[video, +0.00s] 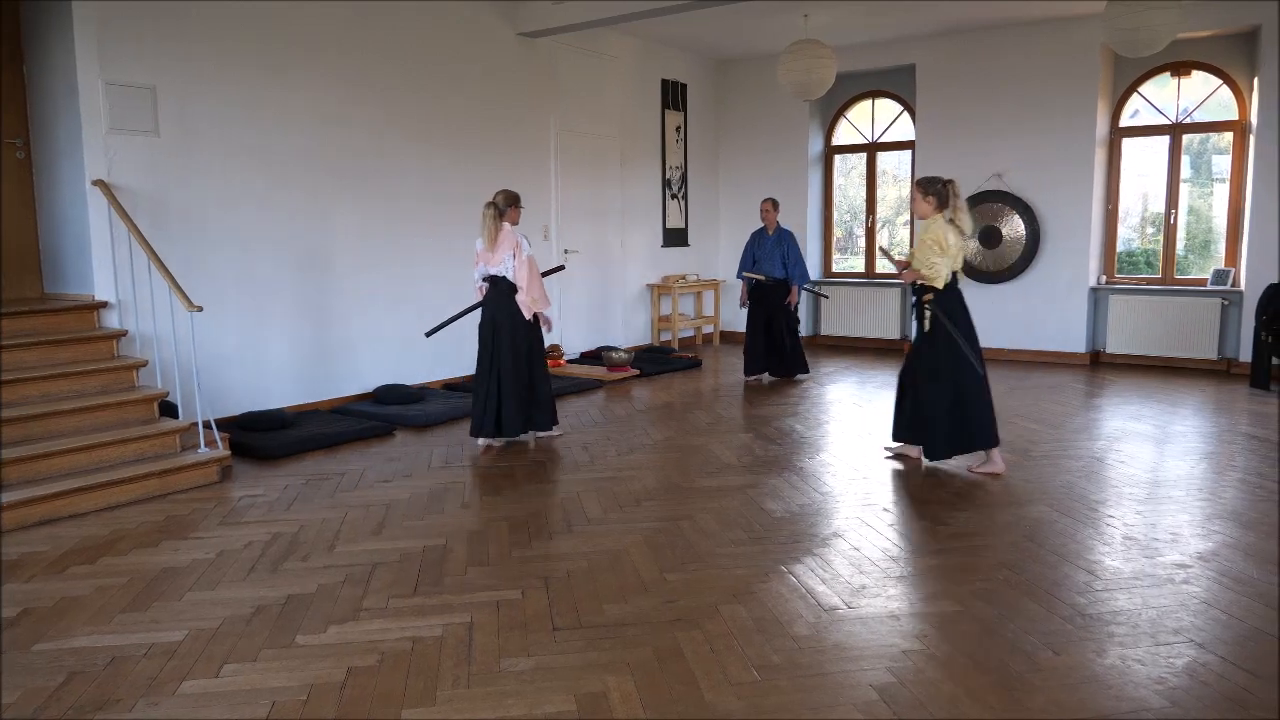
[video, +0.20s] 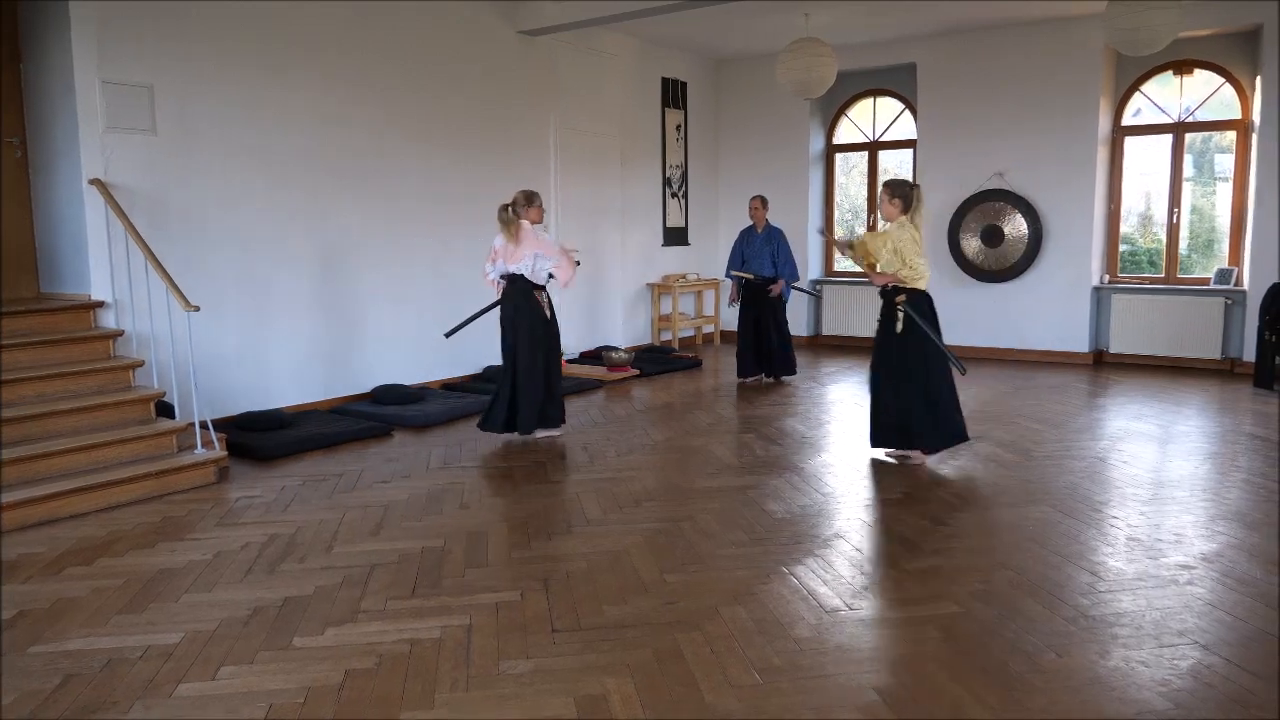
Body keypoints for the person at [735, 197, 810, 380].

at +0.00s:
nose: (763, 214)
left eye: (767, 211)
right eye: (762, 211)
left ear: (776, 213)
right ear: (760, 213)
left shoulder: (786, 236)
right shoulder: (755, 236)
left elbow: (796, 265)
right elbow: (747, 264)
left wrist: (794, 291)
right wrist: (744, 289)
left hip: (780, 287)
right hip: (758, 287)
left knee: (781, 329)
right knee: (756, 329)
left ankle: (786, 370)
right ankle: (756, 371)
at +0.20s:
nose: (752, 212)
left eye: (756, 209)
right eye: (750, 209)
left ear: (766, 210)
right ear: (748, 211)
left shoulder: (776, 234)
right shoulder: (744, 235)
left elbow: (786, 262)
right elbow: (736, 262)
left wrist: (781, 283)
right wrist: (734, 287)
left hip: (771, 286)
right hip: (749, 285)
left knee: (773, 328)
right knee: (749, 329)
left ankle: (775, 371)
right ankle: (754, 372)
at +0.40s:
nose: (743, 207)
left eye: (747, 204)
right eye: (741, 204)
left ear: (758, 205)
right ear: (740, 206)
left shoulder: (770, 230)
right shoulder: (736, 231)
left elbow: (778, 260)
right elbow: (727, 256)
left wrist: (762, 272)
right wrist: (730, 271)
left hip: (765, 286)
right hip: (742, 285)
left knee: (762, 331)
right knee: (741, 330)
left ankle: (761, 375)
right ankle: (738, 374)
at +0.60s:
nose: (739, 199)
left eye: (744, 196)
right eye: (737, 196)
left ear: (755, 198)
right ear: (736, 199)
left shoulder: (768, 225)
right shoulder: (729, 227)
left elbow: (778, 256)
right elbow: (716, 254)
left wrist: (758, 267)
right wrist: (724, 267)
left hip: (761, 285)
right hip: (737, 284)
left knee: (758, 332)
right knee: (734, 330)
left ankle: (755, 381)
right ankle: (735, 377)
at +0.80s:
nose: (737, 195)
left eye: (740, 190)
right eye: (732, 191)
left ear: (747, 193)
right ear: (723, 196)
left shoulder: (760, 220)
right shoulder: (714, 222)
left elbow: (777, 250)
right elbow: (706, 259)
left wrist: (759, 261)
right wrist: (697, 236)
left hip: (755, 284)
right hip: (727, 284)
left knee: (754, 336)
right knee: (718, 334)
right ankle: (705, 380)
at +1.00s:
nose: (717, 189)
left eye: (721, 184)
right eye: (714, 185)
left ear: (733, 187)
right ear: (711, 188)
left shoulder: (746, 216)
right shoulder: (703, 212)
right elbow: (676, 192)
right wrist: (668, 167)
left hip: (741, 285)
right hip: (712, 284)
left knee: (736, 343)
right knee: (706, 341)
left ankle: (734, 399)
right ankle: (701, 395)